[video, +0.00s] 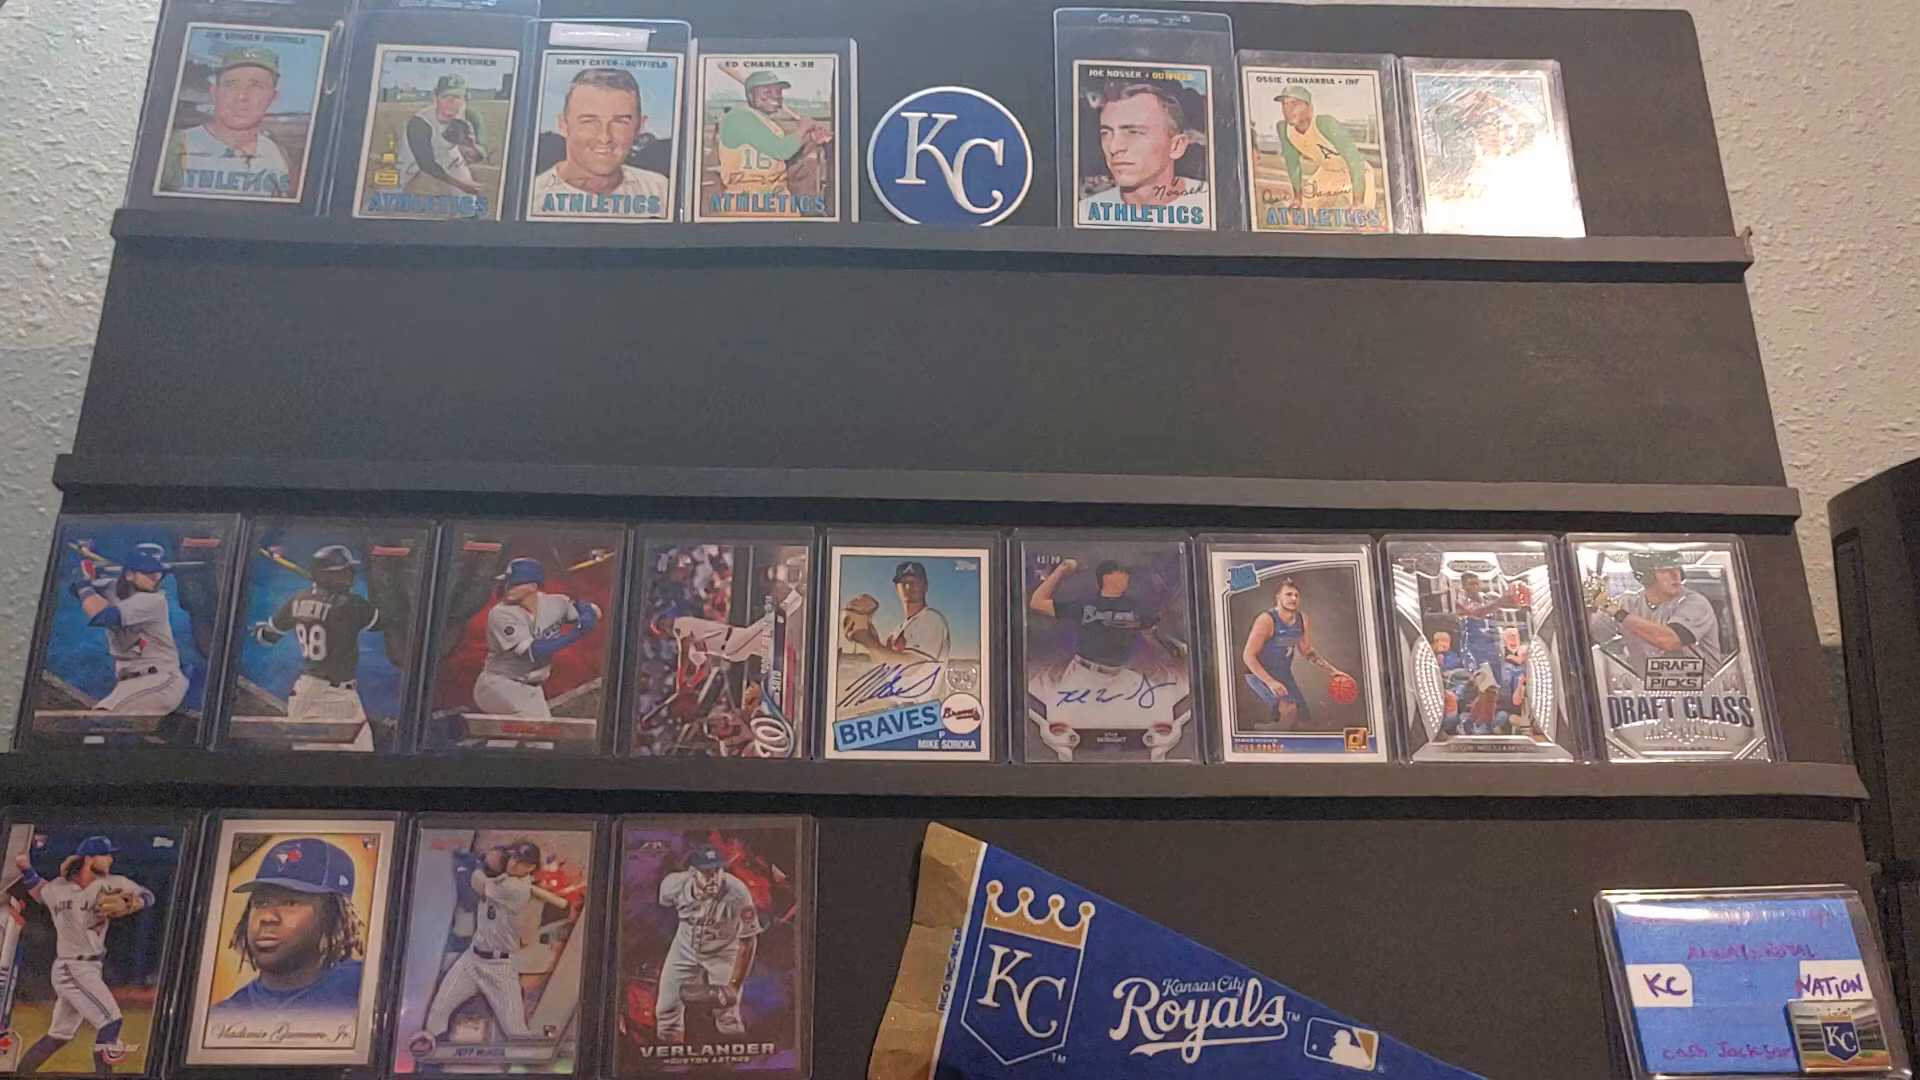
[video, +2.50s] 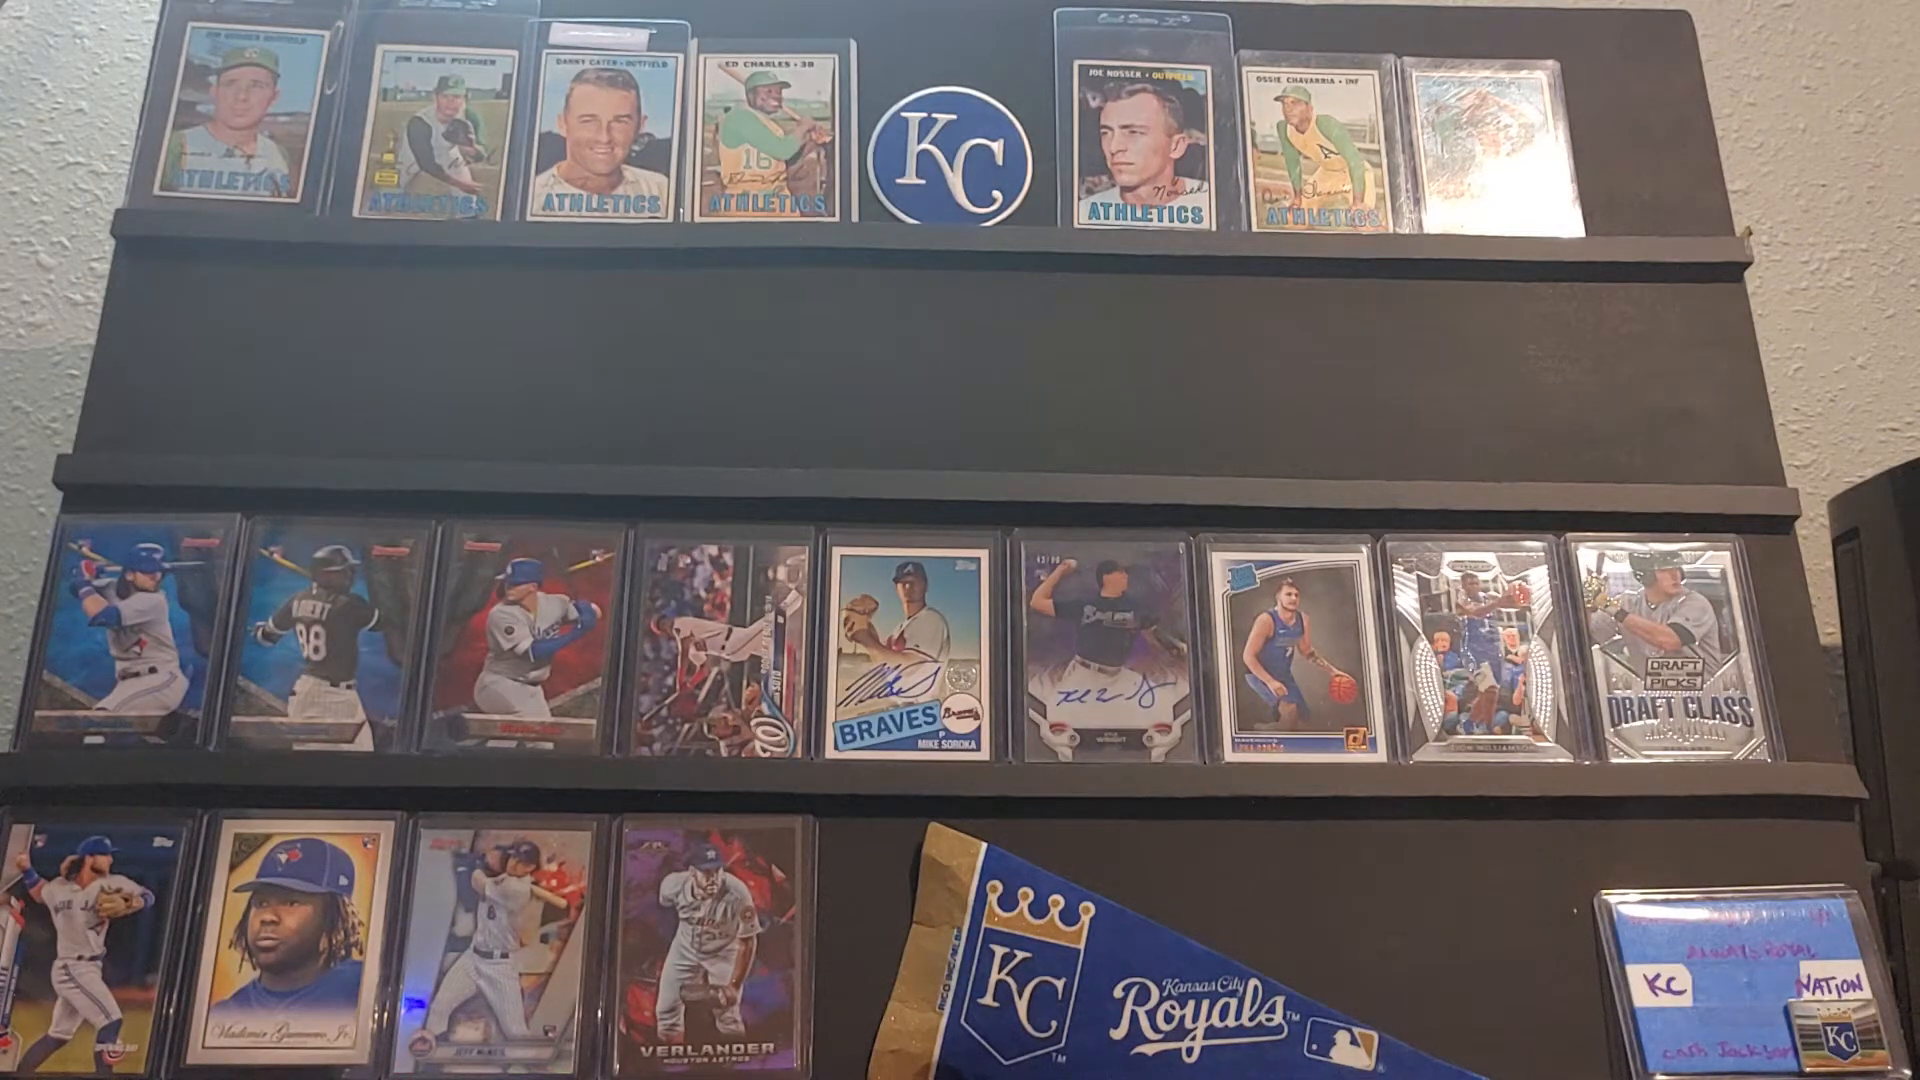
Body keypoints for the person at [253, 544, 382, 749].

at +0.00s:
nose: (351, 576)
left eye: (350, 571)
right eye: (347, 571)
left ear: (319, 574)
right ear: (335, 575)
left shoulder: (299, 600)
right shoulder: (351, 605)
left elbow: (267, 637)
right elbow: (386, 622)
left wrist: (259, 630)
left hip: (305, 695)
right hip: (341, 699)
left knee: (307, 766)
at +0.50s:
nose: (351, 576)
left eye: (350, 571)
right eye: (347, 571)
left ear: (320, 575)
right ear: (333, 575)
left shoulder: (299, 600)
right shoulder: (351, 605)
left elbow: (268, 637)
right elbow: (387, 622)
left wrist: (259, 630)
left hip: (306, 695)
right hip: (341, 699)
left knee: (307, 767)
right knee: (360, 767)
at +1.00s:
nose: (351, 576)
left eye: (350, 571)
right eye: (347, 571)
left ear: (319, 575)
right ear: (333, 575)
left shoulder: (299, 600)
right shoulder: (351, 605)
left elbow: (267, 637)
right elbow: (385, 622)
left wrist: (259, 630)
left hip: (305, 694)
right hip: (342, 698)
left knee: (307, 766)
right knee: (359, 768)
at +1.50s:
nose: (351, 577)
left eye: (351, 571)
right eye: (347, 571)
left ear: (320, 574)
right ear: (332, 575)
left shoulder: (299, 601)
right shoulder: (351, 605)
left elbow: (268, 637)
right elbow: (385, 623)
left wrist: (259, 630)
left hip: (306, 692)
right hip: (341, 697)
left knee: (306, 765)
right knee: (360, 766)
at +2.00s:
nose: (351, 577)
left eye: (351, 571)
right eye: (347, 571)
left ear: (320, 574)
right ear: (331, 575)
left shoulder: (299, 601)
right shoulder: (351, 605)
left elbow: (268, 637)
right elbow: (385, 623)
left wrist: (259, 630)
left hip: (305, 692)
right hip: (341, 697)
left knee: (306, 765)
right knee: (360, 766)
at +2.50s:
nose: (351, 576)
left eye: (351, 571)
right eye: (347, 571)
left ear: (320, 574)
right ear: (332, 575)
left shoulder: (299, 600)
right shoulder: (350, 605)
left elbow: (267, 637)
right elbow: (384, 623)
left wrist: (259, 630)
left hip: (305, 692)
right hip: (340, 697)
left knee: (307, 765)